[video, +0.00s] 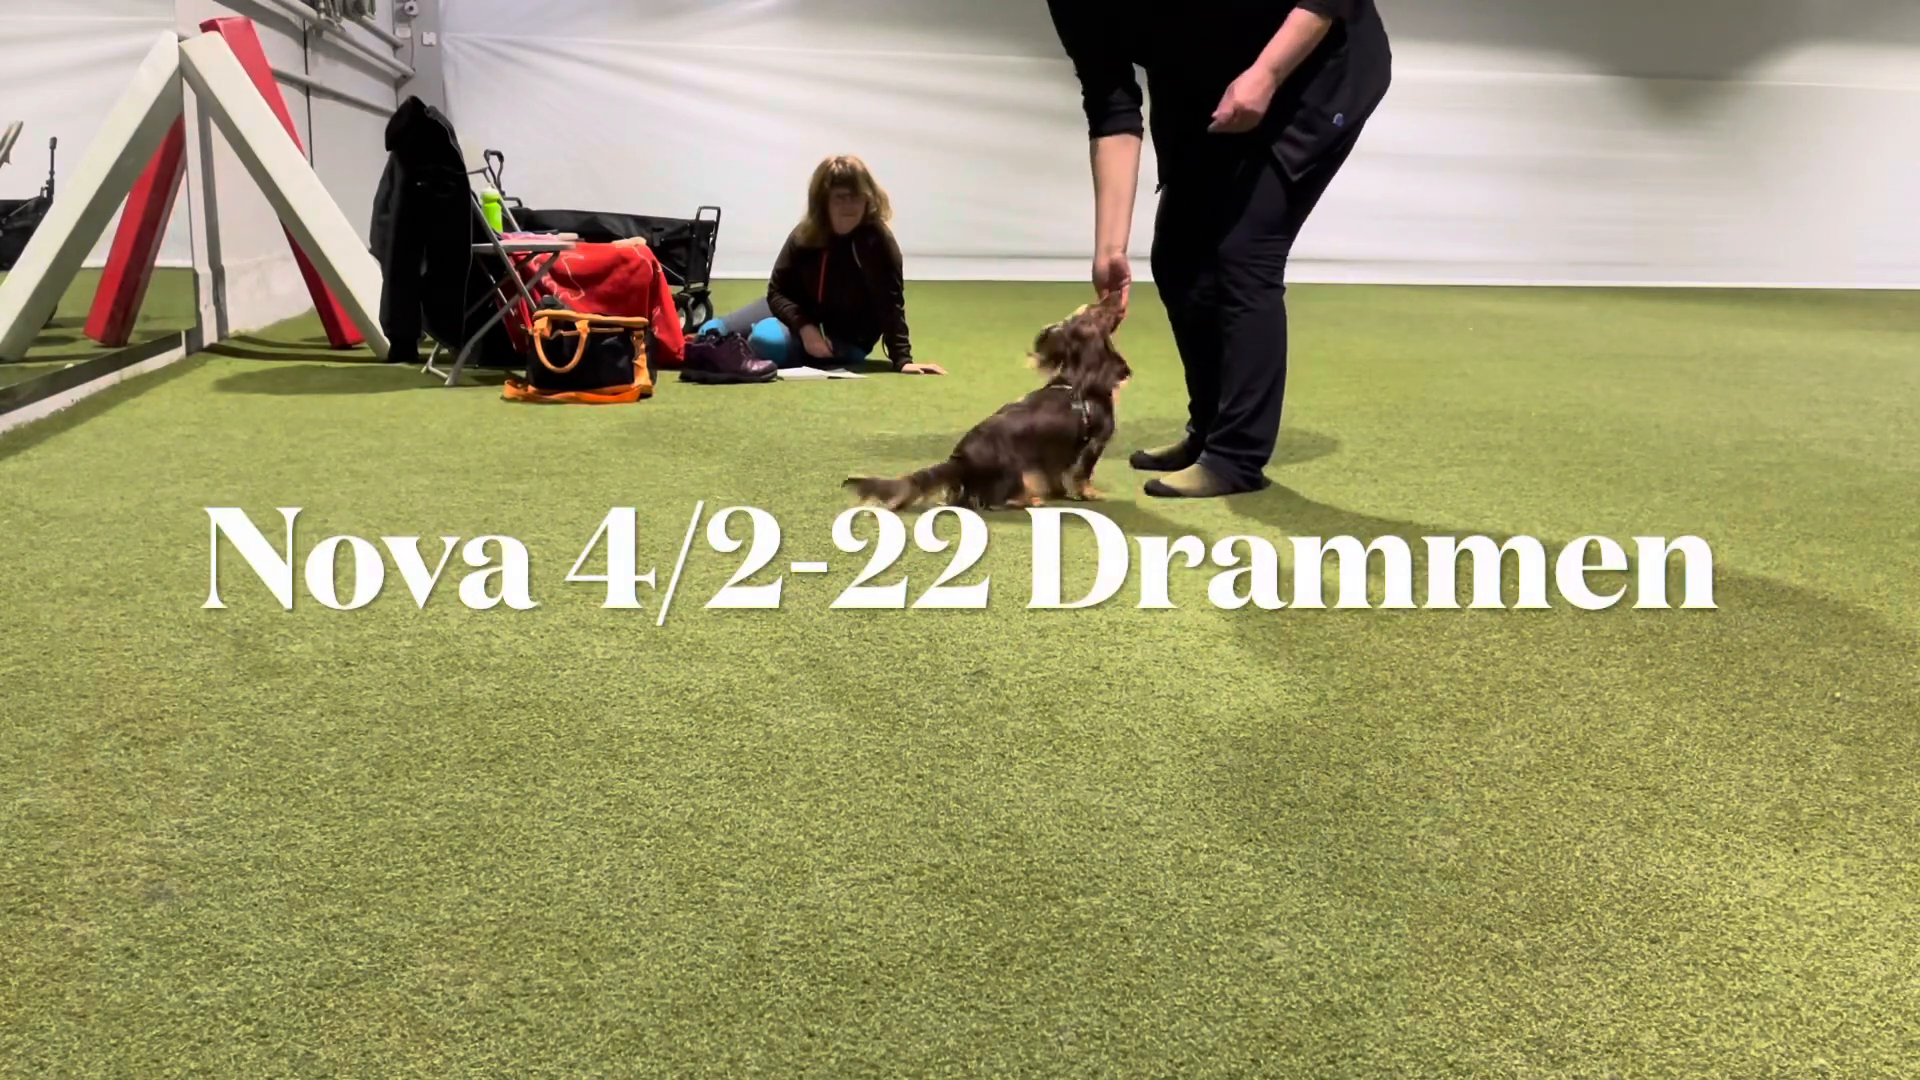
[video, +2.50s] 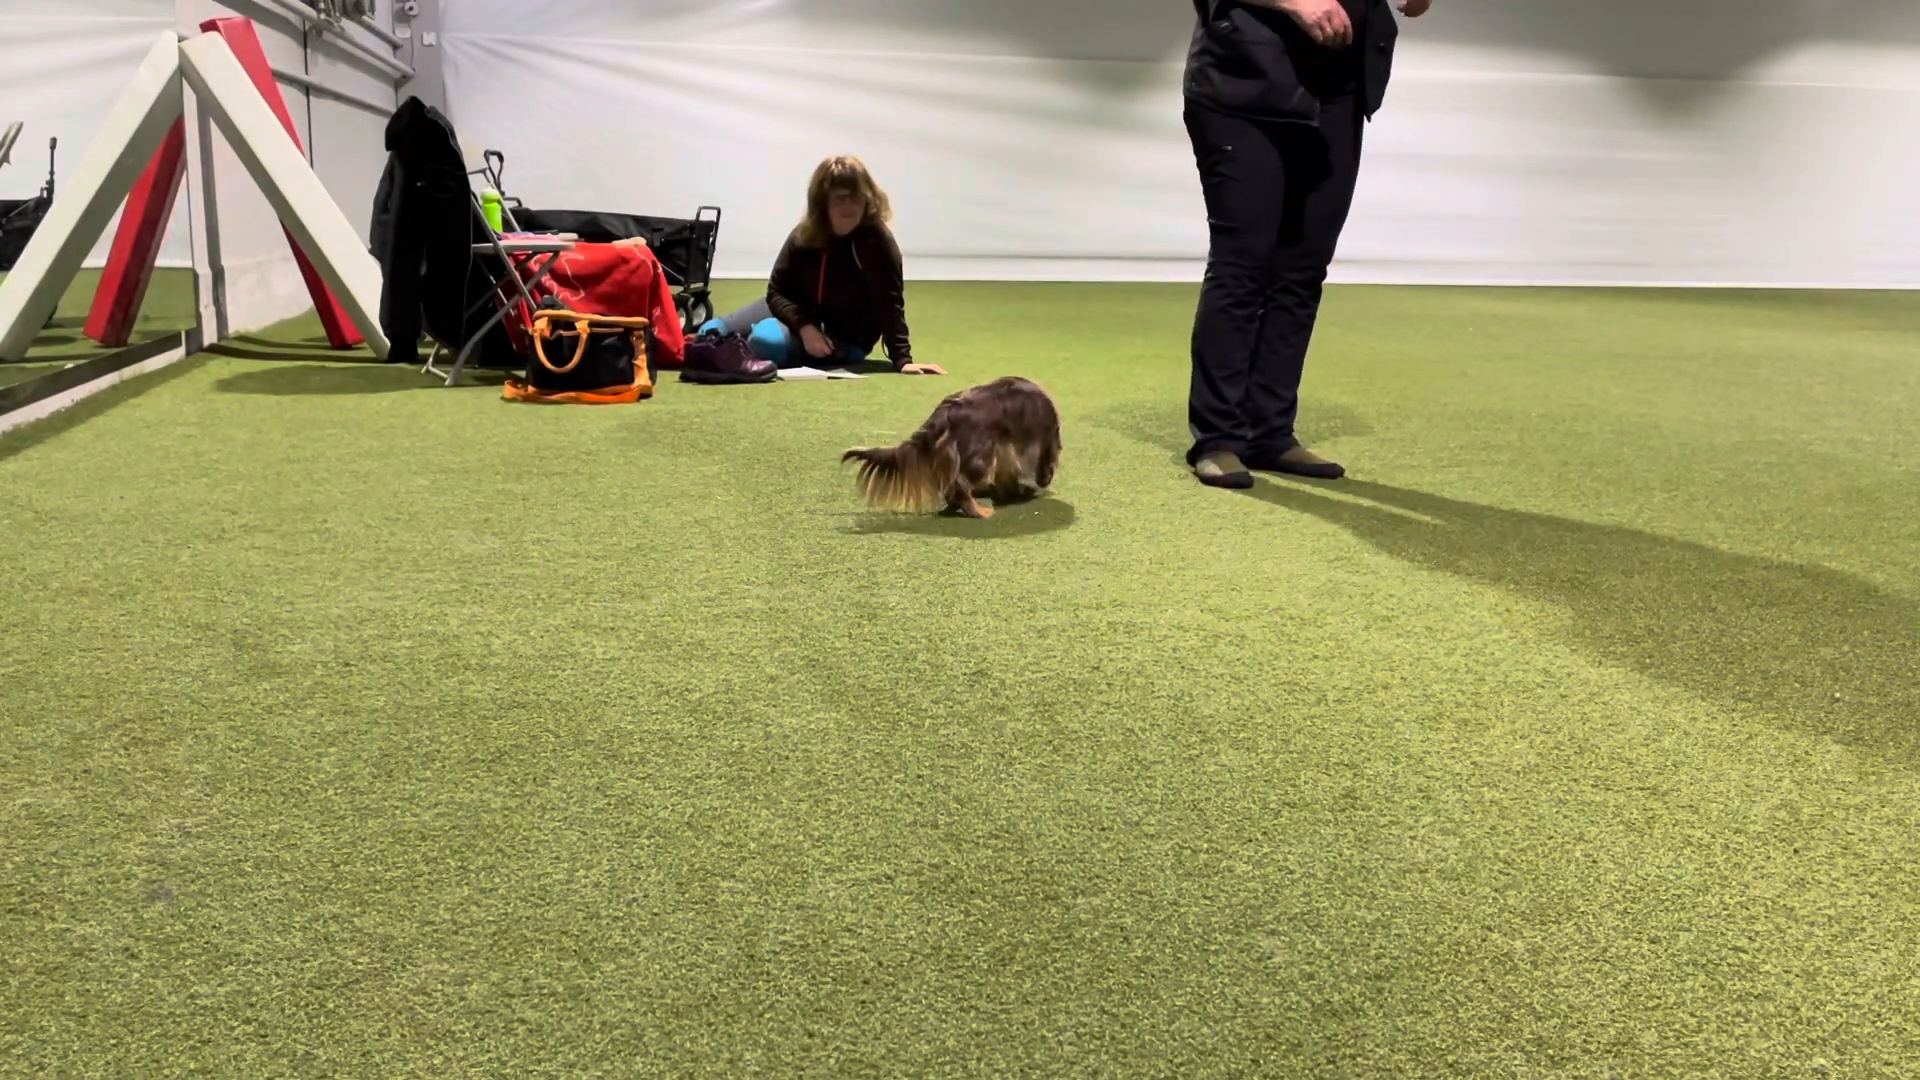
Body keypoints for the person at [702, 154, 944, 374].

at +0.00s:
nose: (848, 204)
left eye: (856, 195)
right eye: (839, 196)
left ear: (868, 200)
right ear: (823, 200)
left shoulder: (878, 242)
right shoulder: (805, 236)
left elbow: (891, 302)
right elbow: (778, 292)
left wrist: (902, 360)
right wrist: (805, 327)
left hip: (841, 338)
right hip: (794, 313)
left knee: (764, 337)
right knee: (714, 331)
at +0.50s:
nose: (848, 204)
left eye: (855, 195)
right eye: (839, 196)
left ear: (867, 200)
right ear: (822, 201)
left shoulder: (877, 242)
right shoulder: (804, 237)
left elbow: (891, 302)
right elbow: (778, 292)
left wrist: (902, 360)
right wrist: (804, 327)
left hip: (841, 338)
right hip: (794, 313)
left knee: (764, 337)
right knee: (713, 331)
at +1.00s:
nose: (848, 205)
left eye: (855, 196)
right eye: (839, 197)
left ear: (867, 200)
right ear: (822, 201)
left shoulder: (878, 242)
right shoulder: (804, 237)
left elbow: (891, 302)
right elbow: (777, 293)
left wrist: (903, 361)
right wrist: (804, 327)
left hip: (841, 338)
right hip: (794, 313)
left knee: (764, 338)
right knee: (712, 332)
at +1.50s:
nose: (848, 205)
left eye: (855, 196)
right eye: (839, 197)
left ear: (866, 201)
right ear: (822, 201)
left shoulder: (878, 243)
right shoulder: (804, 237)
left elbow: (891, 302)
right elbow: (778, 293)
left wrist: (902, 360)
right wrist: (804, 327)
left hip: (840, 338)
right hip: (793, 313)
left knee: (764, 338)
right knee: (712, 332)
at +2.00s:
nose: (847, 205)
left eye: (855, 196)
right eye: (838, 197)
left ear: (866, 200)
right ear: (822, 201)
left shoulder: (878, 243)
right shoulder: (804, 237)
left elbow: (891, 302)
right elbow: (777, 293)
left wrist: (902, 360)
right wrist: (804, 327)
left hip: (840, 338)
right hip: (794, 313)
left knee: (764, 337)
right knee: (714, 331)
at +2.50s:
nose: (847, 205)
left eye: (855, 196)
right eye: (838, 197)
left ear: (867, 200)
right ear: (822, 202)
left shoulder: (878, 242)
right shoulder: (804, 237)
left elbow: (891, 302)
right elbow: (777, 293)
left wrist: (903, 360)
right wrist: (804, 327)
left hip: (841, 338)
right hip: (794, 313)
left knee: (763, 337)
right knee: (715, 331)